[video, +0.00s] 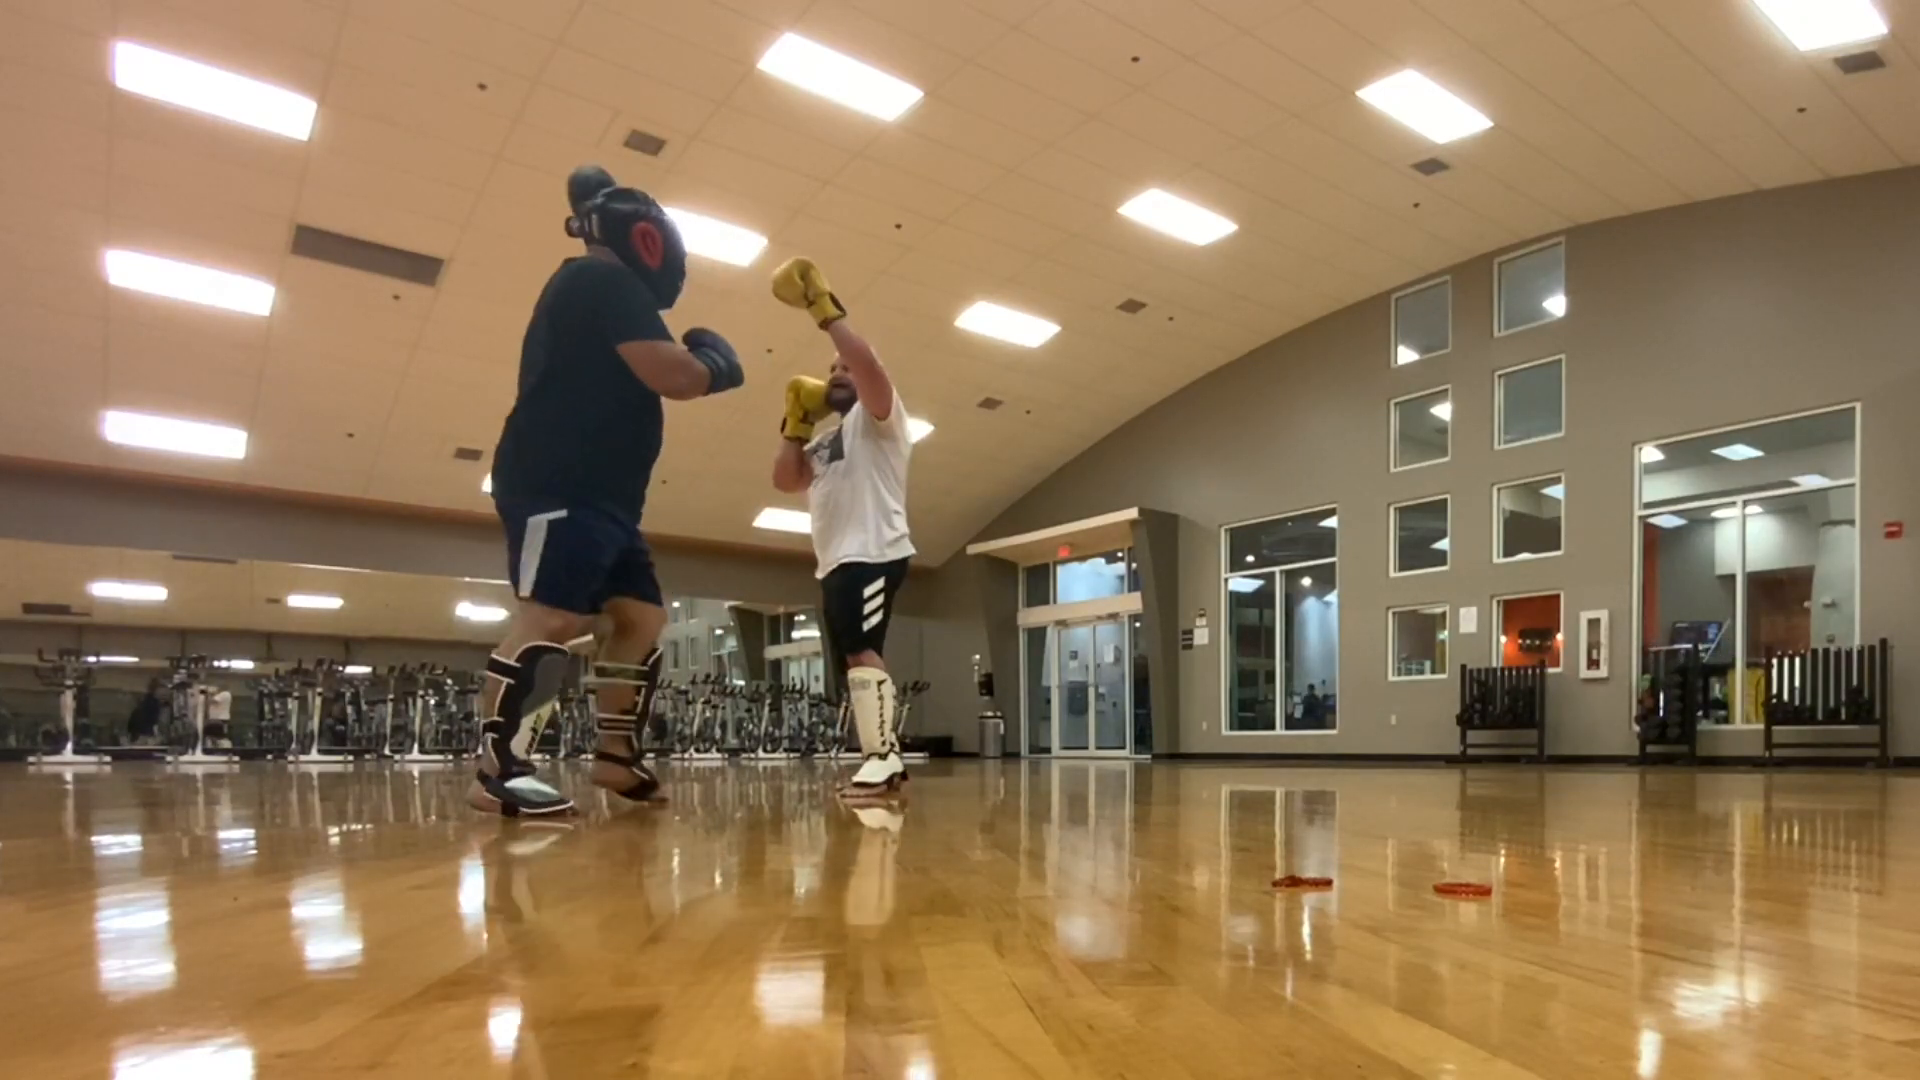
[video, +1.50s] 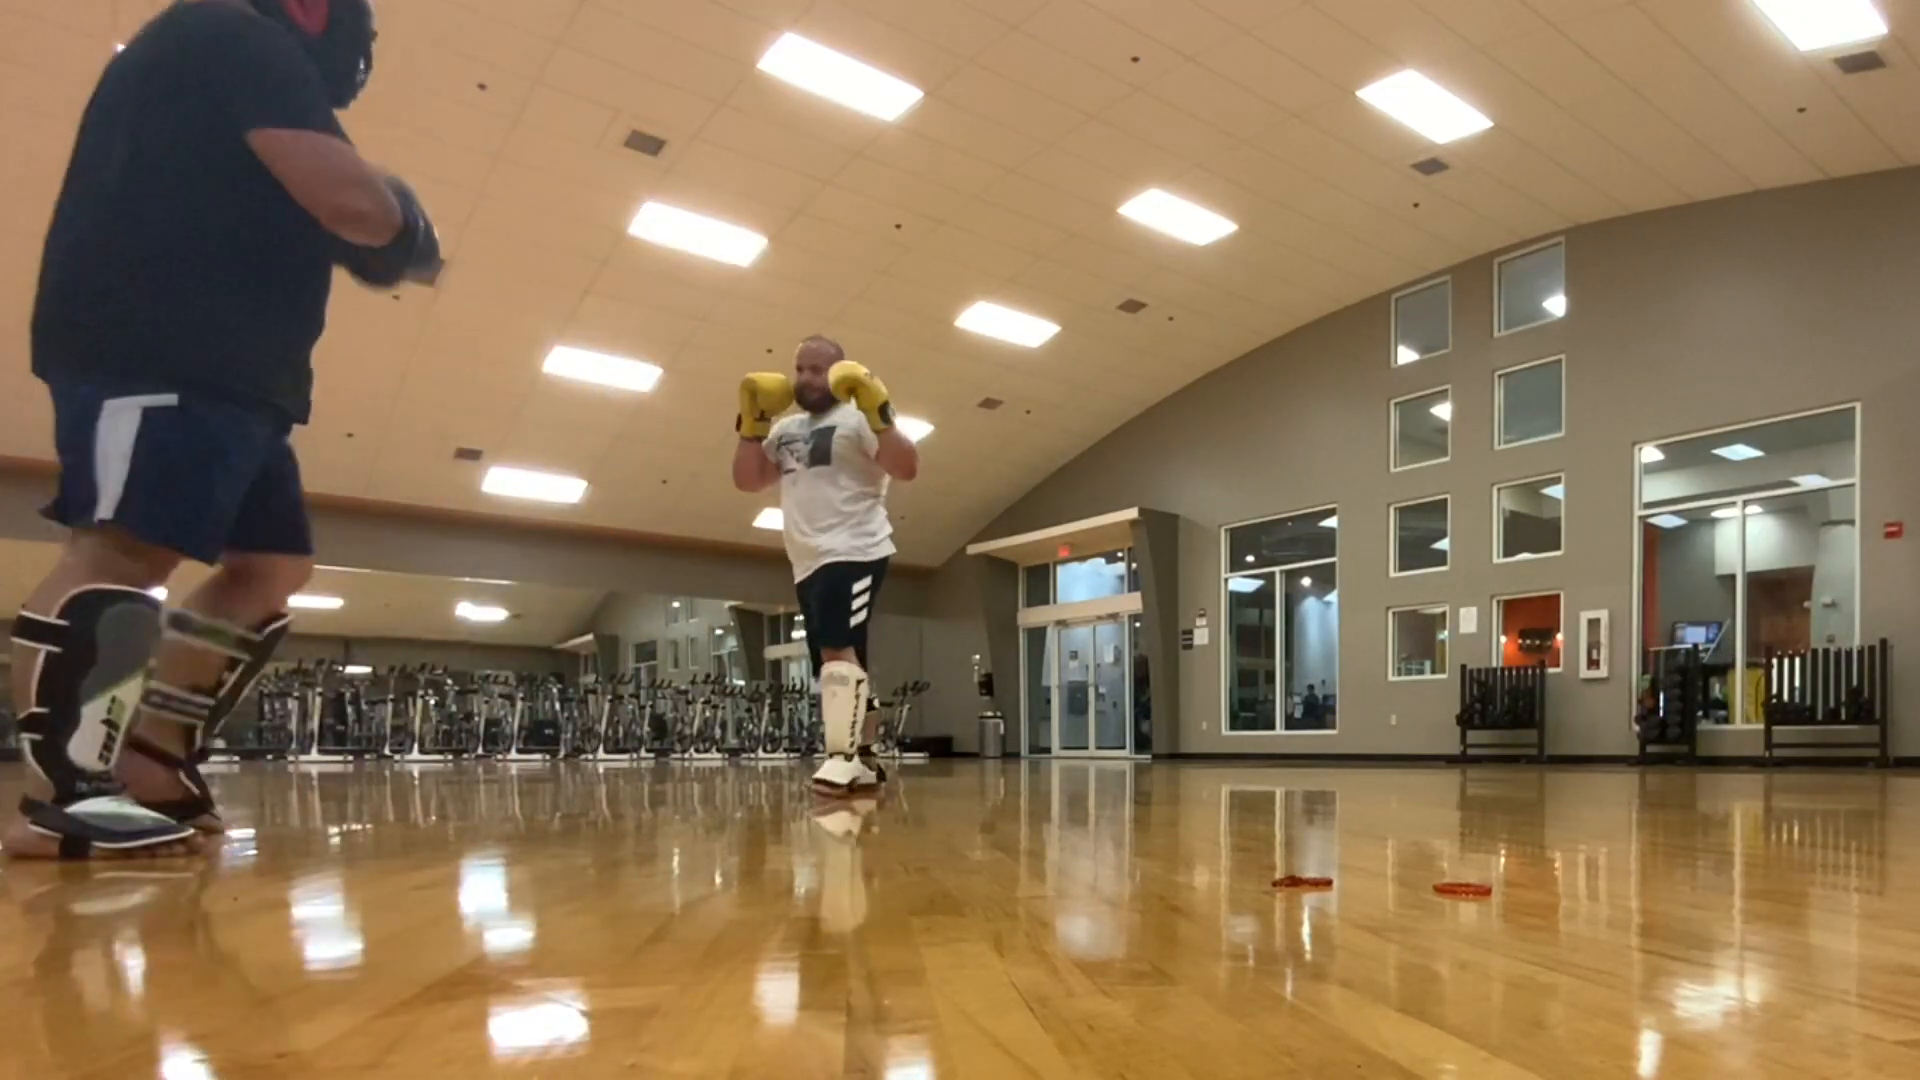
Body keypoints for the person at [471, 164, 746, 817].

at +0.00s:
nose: (667, 259)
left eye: (665, 246)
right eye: (661, 245)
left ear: (608, 237)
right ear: (640, 239)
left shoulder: (591, 289)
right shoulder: (606, 283)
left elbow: (623, 373)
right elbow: (669, 374)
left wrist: (682, 351)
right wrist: (713, 365)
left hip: (599, 492)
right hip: (560, 483)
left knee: (641, 616)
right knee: (550, 615)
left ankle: (616, 756)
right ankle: (496, 760)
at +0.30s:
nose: (664, 256)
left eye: (664, 244)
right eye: (658, 241)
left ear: (619, 239)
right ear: (628, 234)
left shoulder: (628, 305)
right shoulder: (567, 269)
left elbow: (690, 283)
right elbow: (598, 343)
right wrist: (671, 353)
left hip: (596, 490)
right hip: (536, 471)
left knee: (599, 628)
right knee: (537, 604)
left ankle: (575, 765)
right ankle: (491, 754)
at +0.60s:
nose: (606, 254)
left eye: (604, 240)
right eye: (597, 238)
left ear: (558, 240)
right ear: (567, 235)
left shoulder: (557, 315)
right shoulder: (507, 284)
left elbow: (566, 382)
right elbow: (534, 369)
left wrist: (638, 349)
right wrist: (621, 380)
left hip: (555, 507)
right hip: (490, 490)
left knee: (606, 629)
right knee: (471, 614)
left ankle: (578, 768)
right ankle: (340, 745)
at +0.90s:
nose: (484, 149)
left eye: (483, 134)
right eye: (474, 129)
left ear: (431, 125)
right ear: (440, 118)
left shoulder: (431, 197)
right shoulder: (384, 164)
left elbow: (439, 288)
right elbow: (451, 264)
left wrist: (508, 277)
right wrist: (519, 272)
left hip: (416, 435)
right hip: (347, 416)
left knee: (425, 595)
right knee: (348, 576)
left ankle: (380, 762)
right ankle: (283, 755)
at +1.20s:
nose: (380, 110)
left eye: (376, 94)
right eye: (367, 90)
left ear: (315, 88)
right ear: (327, 80)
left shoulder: (304, 173)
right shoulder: (259, 131)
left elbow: (315, 272)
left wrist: (403, 273)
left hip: (262, 409)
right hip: (236, 397)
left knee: (179, 573)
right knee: (218, 565)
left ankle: (109, 751)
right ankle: (129, 754)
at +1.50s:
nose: (362, 49)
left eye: (366, 37)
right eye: (358, 28)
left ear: (292, 10)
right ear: (307, 6)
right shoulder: (240, 36)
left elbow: (264, 211)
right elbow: (350, 203)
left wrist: (371, 249)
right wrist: (410, 226)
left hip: (216, 366)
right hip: (161, 350)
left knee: (272, 562)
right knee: (128, 551)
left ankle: (152, 760)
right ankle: (40, 785)